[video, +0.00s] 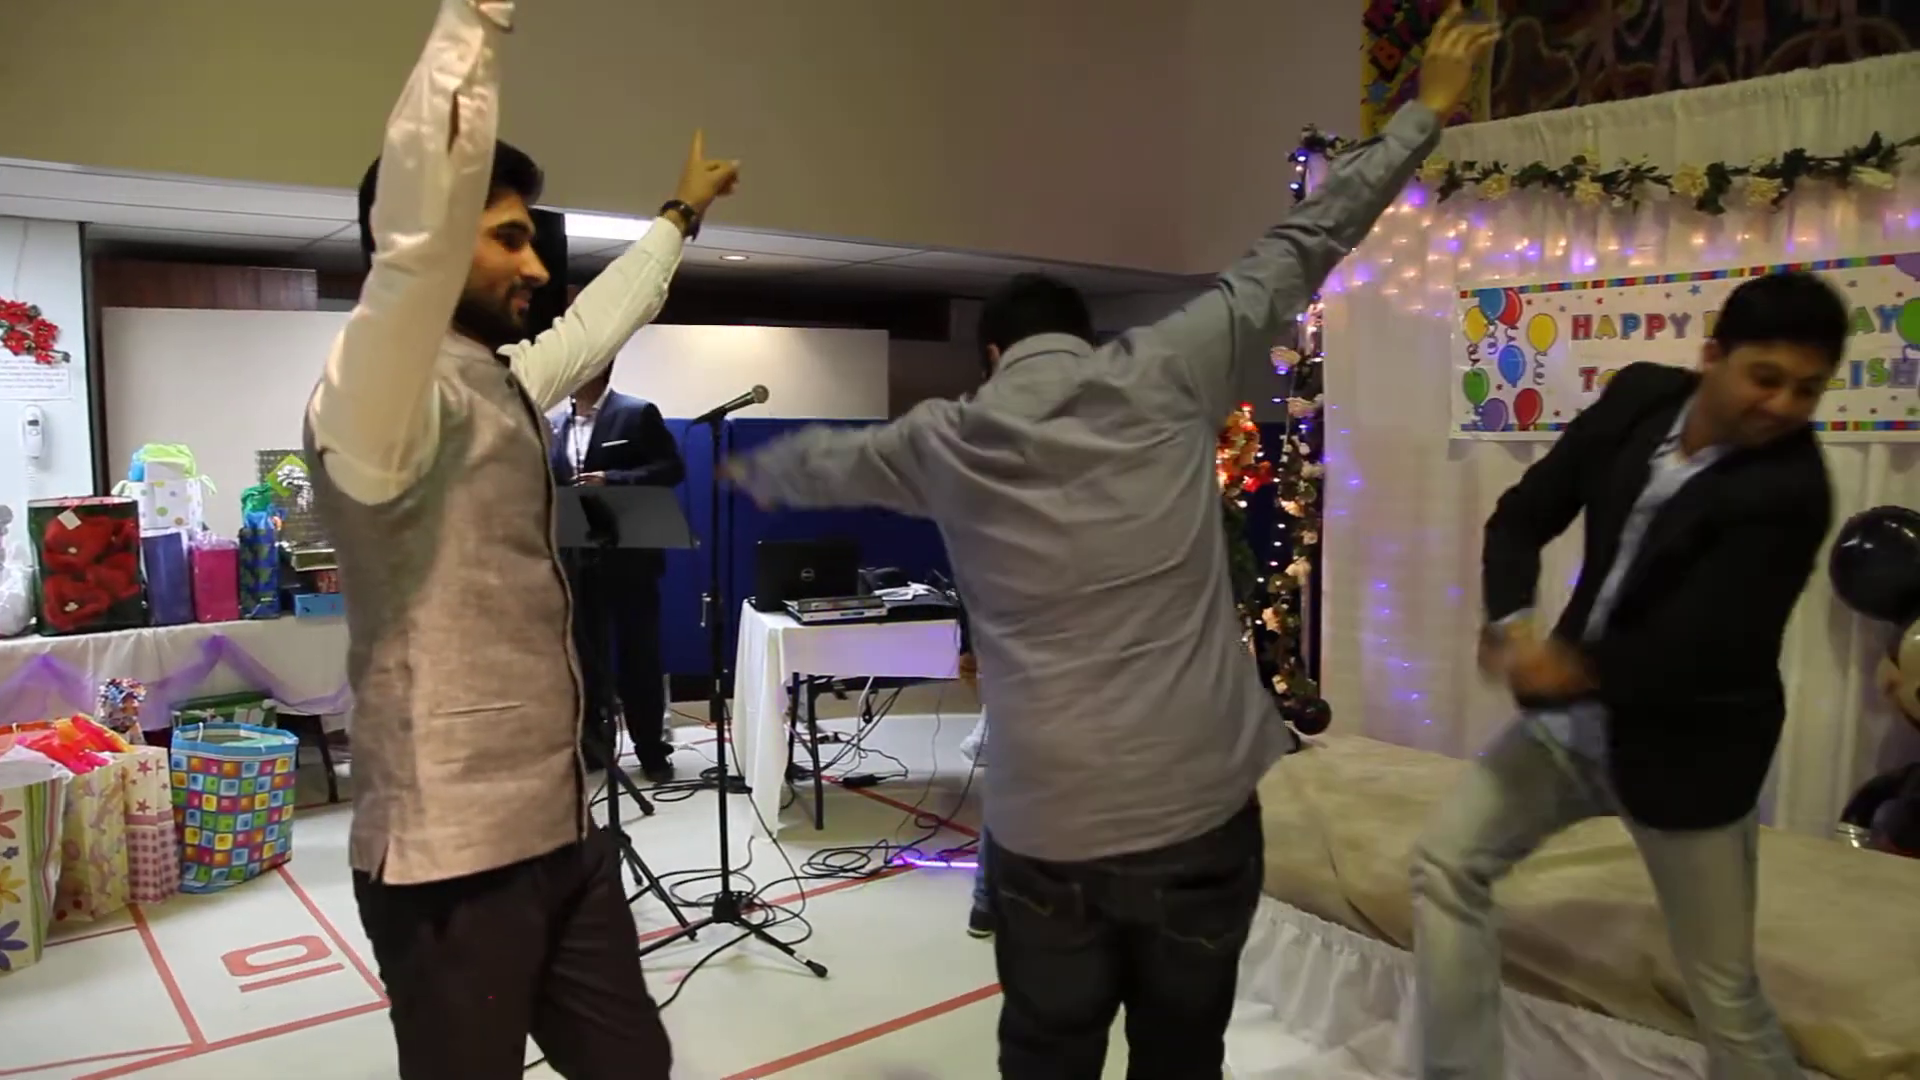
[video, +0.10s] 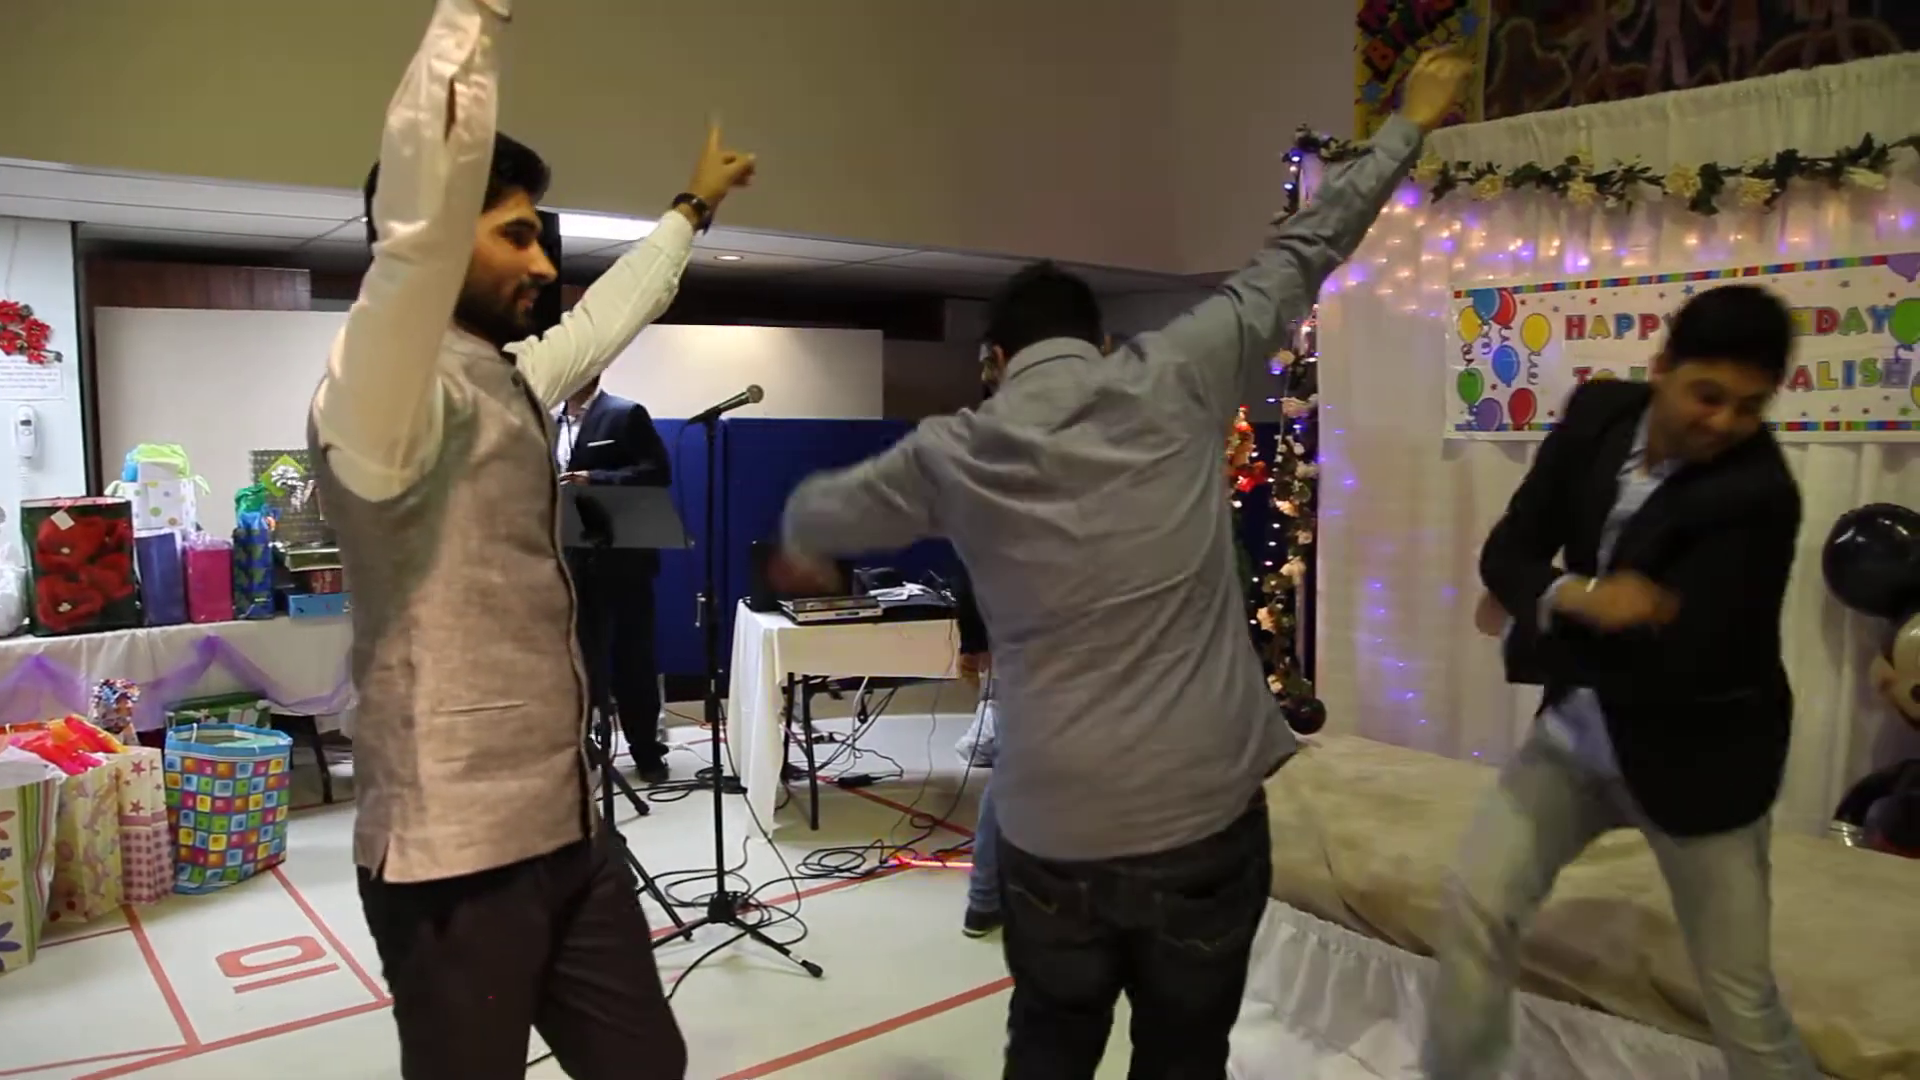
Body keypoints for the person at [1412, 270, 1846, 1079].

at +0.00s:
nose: (1782, 406)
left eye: (1806, 391)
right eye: (1766, 379)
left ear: (1824, 390)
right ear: (1714, 356)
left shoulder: (1793, 490)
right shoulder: (1640, 399)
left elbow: (1711, 640)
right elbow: (1520, 516)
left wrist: (1583, 668)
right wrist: (1507, 622)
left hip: (1691, 760)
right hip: (1579, 719)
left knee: (1723, 995)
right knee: (1446, 867)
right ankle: (1459, 1073)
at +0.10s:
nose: (1722, 422)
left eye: (1748, 407)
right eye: (1707, 395)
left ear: (1770, 399)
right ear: (1661, 367)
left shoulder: (1757, 496)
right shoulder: (1598, 414)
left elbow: (1679, 655)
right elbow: (1504, 555)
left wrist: (1525, 614)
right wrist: (1578, 593)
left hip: (1701, 761)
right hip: (1580, 732)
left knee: (1742, 1007)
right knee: (1478, 902)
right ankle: (1460, 1074)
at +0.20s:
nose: (1678, 417)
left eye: (1702, 399)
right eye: (1660, 392)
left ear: (1722, 391)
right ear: (1614, 369)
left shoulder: (1735, 488)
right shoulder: (1548, 436)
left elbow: (1679, 662)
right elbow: (1492, 594)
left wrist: (1533, 661)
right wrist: (1582, 601)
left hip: (1696, 781)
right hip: (1565, 764)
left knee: (1771, 1036)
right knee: (1508, 982)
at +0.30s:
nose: (1646, 420)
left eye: (1666, 400)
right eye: (1626, 398)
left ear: (1684, 393)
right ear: (1574, 381)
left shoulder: (1706, 492)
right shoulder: (1504, 464)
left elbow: (1706, 681)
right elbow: (1449, 632)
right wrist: (1541, 710)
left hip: (1694, 795)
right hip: (1553, 793)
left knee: (1785, 1038)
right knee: (1507, 1007)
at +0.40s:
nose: (1636, 407)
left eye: (1650, 387)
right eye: (1616, 386)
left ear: (1663, 384)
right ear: (1552, 378)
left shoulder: (1686, 471)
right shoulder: (1475, 475)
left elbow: (1752, 624)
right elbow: (1421, 630)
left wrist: (1800, 772)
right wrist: (1410, 786)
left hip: (1689, 776)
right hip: (1551, 785)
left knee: (1814, 985)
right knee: (1513, 1021)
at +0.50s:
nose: (1650, 362)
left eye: (1658, 341)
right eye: (1630, 341)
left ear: (1666, 338)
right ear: (1560, 339)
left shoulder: (1690, 415)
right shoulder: (1480, 442)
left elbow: (1804, 484)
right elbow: (1387, 584)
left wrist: (1893, 524)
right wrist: (1300, 710)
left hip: (1704, 737)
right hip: (1572, 761)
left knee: (1843, 918)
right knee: (1549, 1000)